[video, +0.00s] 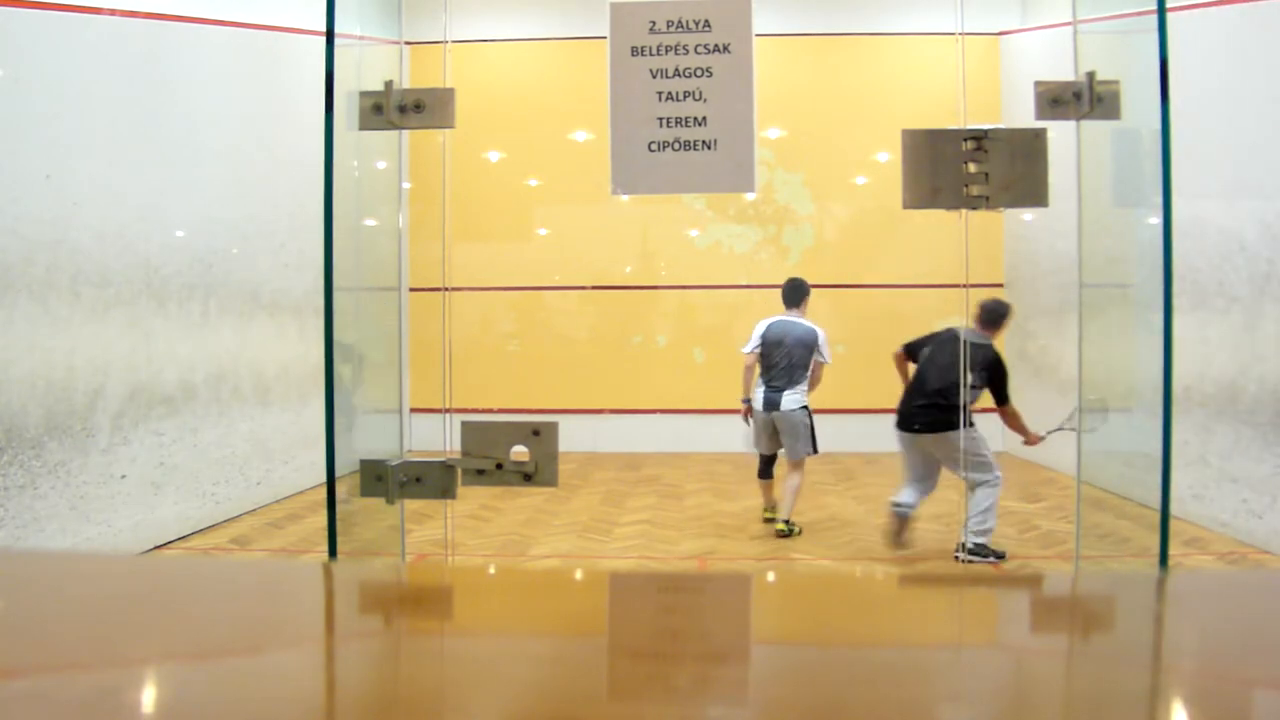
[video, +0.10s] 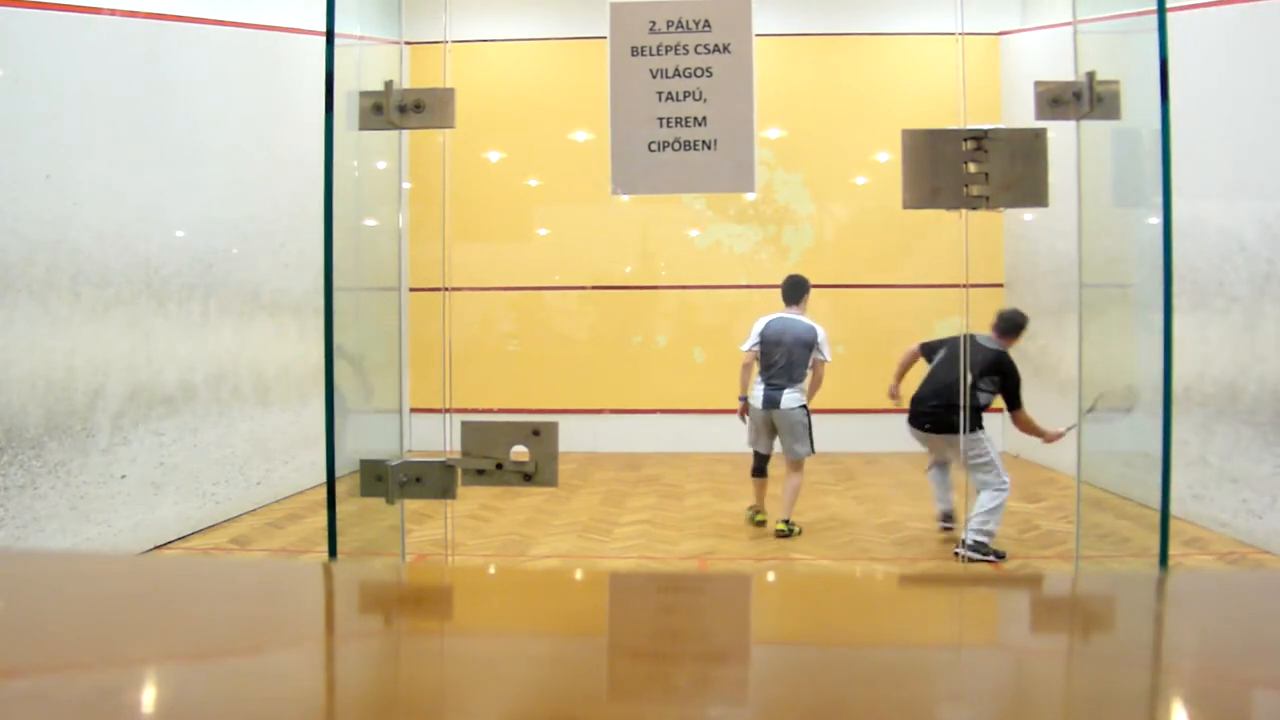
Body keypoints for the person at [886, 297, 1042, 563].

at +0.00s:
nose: (1000, 328)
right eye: (1002, 324)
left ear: (976, 317)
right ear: (1001, 326)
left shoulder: (946, 336)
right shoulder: (990, 356)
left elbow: (900, 355)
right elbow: (1005, 410)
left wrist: (910, 389)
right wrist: (1027, 434)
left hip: (910, 417)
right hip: (948, 421)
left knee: (920, 479)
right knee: (987, 479)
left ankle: (902, 505)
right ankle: (974, 543)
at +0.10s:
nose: (1019, 340)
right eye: (1020, 335)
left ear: (994, 325)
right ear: (1016, 337)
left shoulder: (960, 341)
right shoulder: (1004, 364)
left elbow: (914, 351)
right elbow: (1018, 417)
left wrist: (895, 382)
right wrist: (1045, 435)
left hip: (921, 420)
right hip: (960, 425)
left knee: (938, 460)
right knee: (995, 484)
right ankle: (975, 541)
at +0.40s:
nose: (1041, 380)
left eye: (1043, 376)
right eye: (1043, 376)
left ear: (1021, 365)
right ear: (1039, 377)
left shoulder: (991, 372)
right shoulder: (1022, 396)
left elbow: (952, 374)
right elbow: (1043, 441)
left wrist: (922, 391)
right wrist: (1072, 440)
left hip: (938, 422)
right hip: (962, 430)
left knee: (980, 443)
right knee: (969, 480)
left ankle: (981, 495)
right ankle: (936, 519)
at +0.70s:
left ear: (1001, 370)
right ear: (1017, 381)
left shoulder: (987, 371)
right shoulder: (1017, 395)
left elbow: (957, 383)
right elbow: (985, 437)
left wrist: (935, 408)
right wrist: (943, 440)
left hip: (969, 399)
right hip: (997, 414)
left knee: (984, 448)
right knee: (965, 465)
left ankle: (981, 494)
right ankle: (909, 467)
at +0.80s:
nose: (990, 359)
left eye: (992, 358)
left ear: (994, 360)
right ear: (1011, 369)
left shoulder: (985, 363)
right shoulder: (1018, 384)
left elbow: (962, 367)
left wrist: (940, 386)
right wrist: (955, 442)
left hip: (974, 399)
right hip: (1004, 412)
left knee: (985, 445)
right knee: (987, 469)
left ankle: (983, 492)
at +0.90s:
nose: (984, 353)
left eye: (986, 350)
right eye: (985, 350)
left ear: (992, 351)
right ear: (1007, 356)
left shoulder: (982, 359)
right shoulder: (1016, 372)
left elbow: (962, 363)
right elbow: (1023, 404)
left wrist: (948, 376)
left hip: (976, 403)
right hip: (1008, 412)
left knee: (982, 448)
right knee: (1006, 457)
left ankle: (980, 493)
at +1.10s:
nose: (968, 332)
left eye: (971, 328)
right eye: (969, 328)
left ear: (982, 327)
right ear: (993, 330)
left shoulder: (974, 343)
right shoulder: (1014, 350)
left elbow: (972, 363)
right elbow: (1036, 390)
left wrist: (967, 393)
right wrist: (1032, 420)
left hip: (988, 401)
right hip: (1023, 406)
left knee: (984, 449)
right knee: (1016, 455)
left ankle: (979, 496)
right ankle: (1040, 505)